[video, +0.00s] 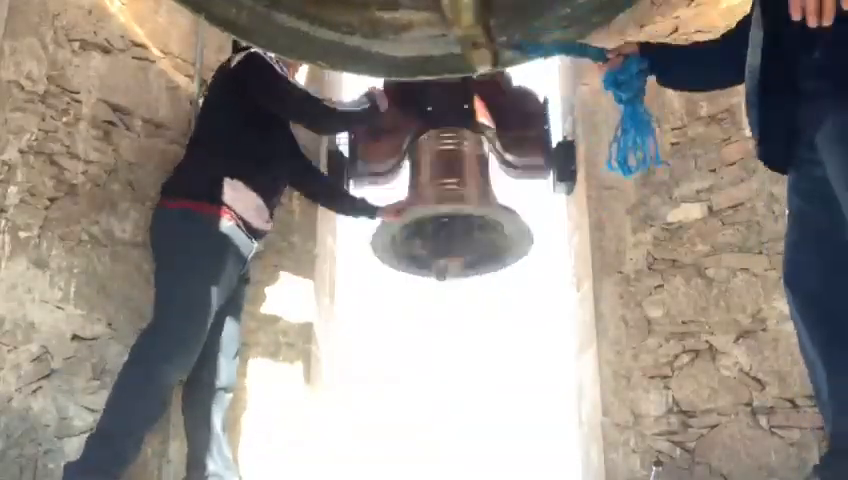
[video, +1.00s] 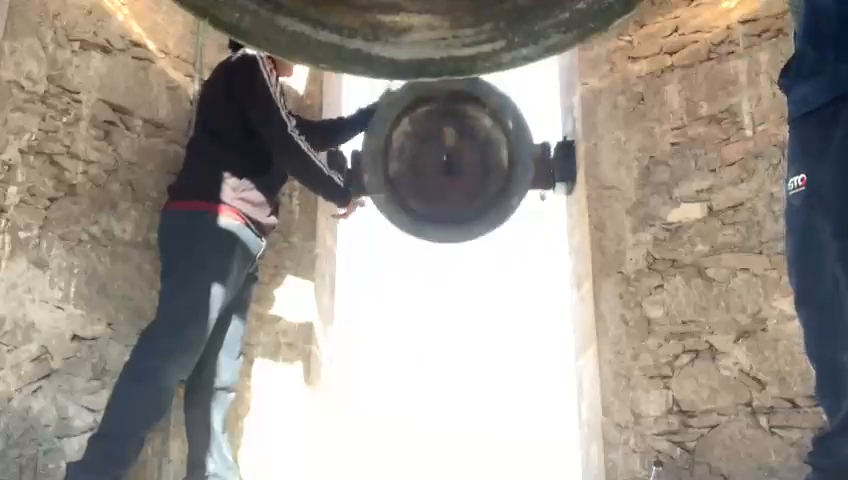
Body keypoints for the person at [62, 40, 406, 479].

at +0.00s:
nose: (299, 67)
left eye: (301, 63)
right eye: (296, 57)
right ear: (278, 51)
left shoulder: (269, 121)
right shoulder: (251, 67)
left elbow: (311, 180)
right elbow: (319, 117)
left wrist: (375, 212)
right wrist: (375, 109)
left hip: (235, 244)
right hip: (203, 222)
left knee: (216, 378)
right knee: (170, 351)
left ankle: (213, 473)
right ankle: (93, 471)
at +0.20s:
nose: (296, 57)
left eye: (300, 50)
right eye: (291, 48)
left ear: (285, 60)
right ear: (272, 47)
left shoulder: (275, 110)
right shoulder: (244, 73)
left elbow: (303, 178)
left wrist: (353, 234)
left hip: (237, 241)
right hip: (204, 224)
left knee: (215, 383)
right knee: (163, 360)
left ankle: (213, 472)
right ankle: (93, 471)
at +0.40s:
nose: (298, 73)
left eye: (303, 66)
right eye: (296, 60)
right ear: (274, 49)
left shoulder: (268, 105)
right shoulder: (244, 71)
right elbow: (297, 126)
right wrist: (365, 116)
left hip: (239, 242)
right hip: (207, 223)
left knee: (218, 383)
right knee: (171, 352)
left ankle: (216, 473)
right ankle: (101, 469)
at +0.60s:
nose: (291, 64)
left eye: (294, 58)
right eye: (288, 54)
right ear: (268, 47)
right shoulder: (250, 72)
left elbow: (260, 181)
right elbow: (311, 130)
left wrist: (299, 196)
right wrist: (373, 190)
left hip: (239, 242)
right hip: (206, 224)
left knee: (216, 383)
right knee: (162, 354)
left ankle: (215, 473)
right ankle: (96, 470)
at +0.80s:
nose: (288, 57)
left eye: (293, 49)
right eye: (285, 45)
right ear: (265, 38)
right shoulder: (245, 66)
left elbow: (274, 181)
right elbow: (295, 140)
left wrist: (313, 124)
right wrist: (357, 199)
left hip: (241, 241)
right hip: (208, 225)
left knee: (217, 380)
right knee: (174, 352)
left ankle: (215, 472)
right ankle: (96, 470)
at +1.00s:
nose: (301, 57)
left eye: (304, 47)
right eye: (297, 43)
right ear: (273, 36)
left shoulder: (273, 91)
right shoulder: (246, 66)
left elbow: (316, 134)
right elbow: (282, 138)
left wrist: (377, 112)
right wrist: (341, 194)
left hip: (244, 242)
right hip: (210, 226)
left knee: (218, 383)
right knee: (172, 353)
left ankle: (215, 472)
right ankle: (96, 470)